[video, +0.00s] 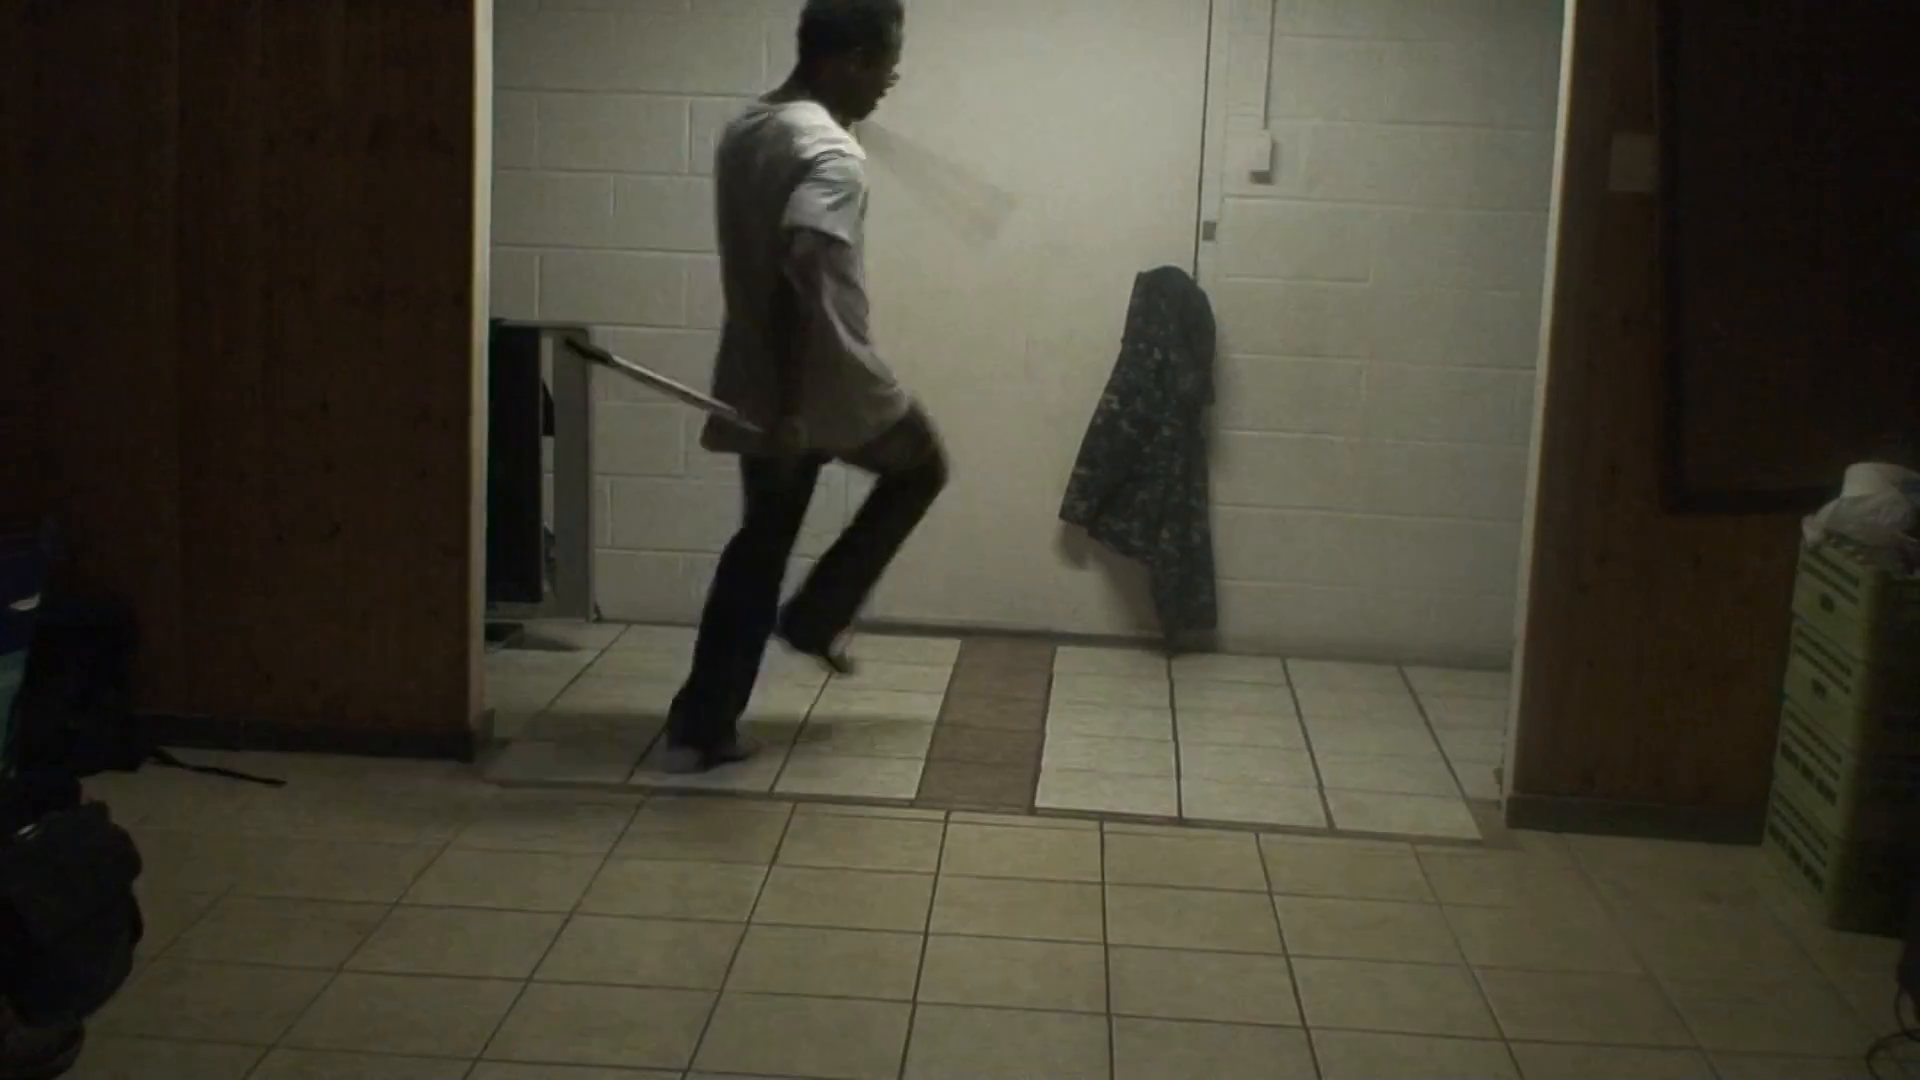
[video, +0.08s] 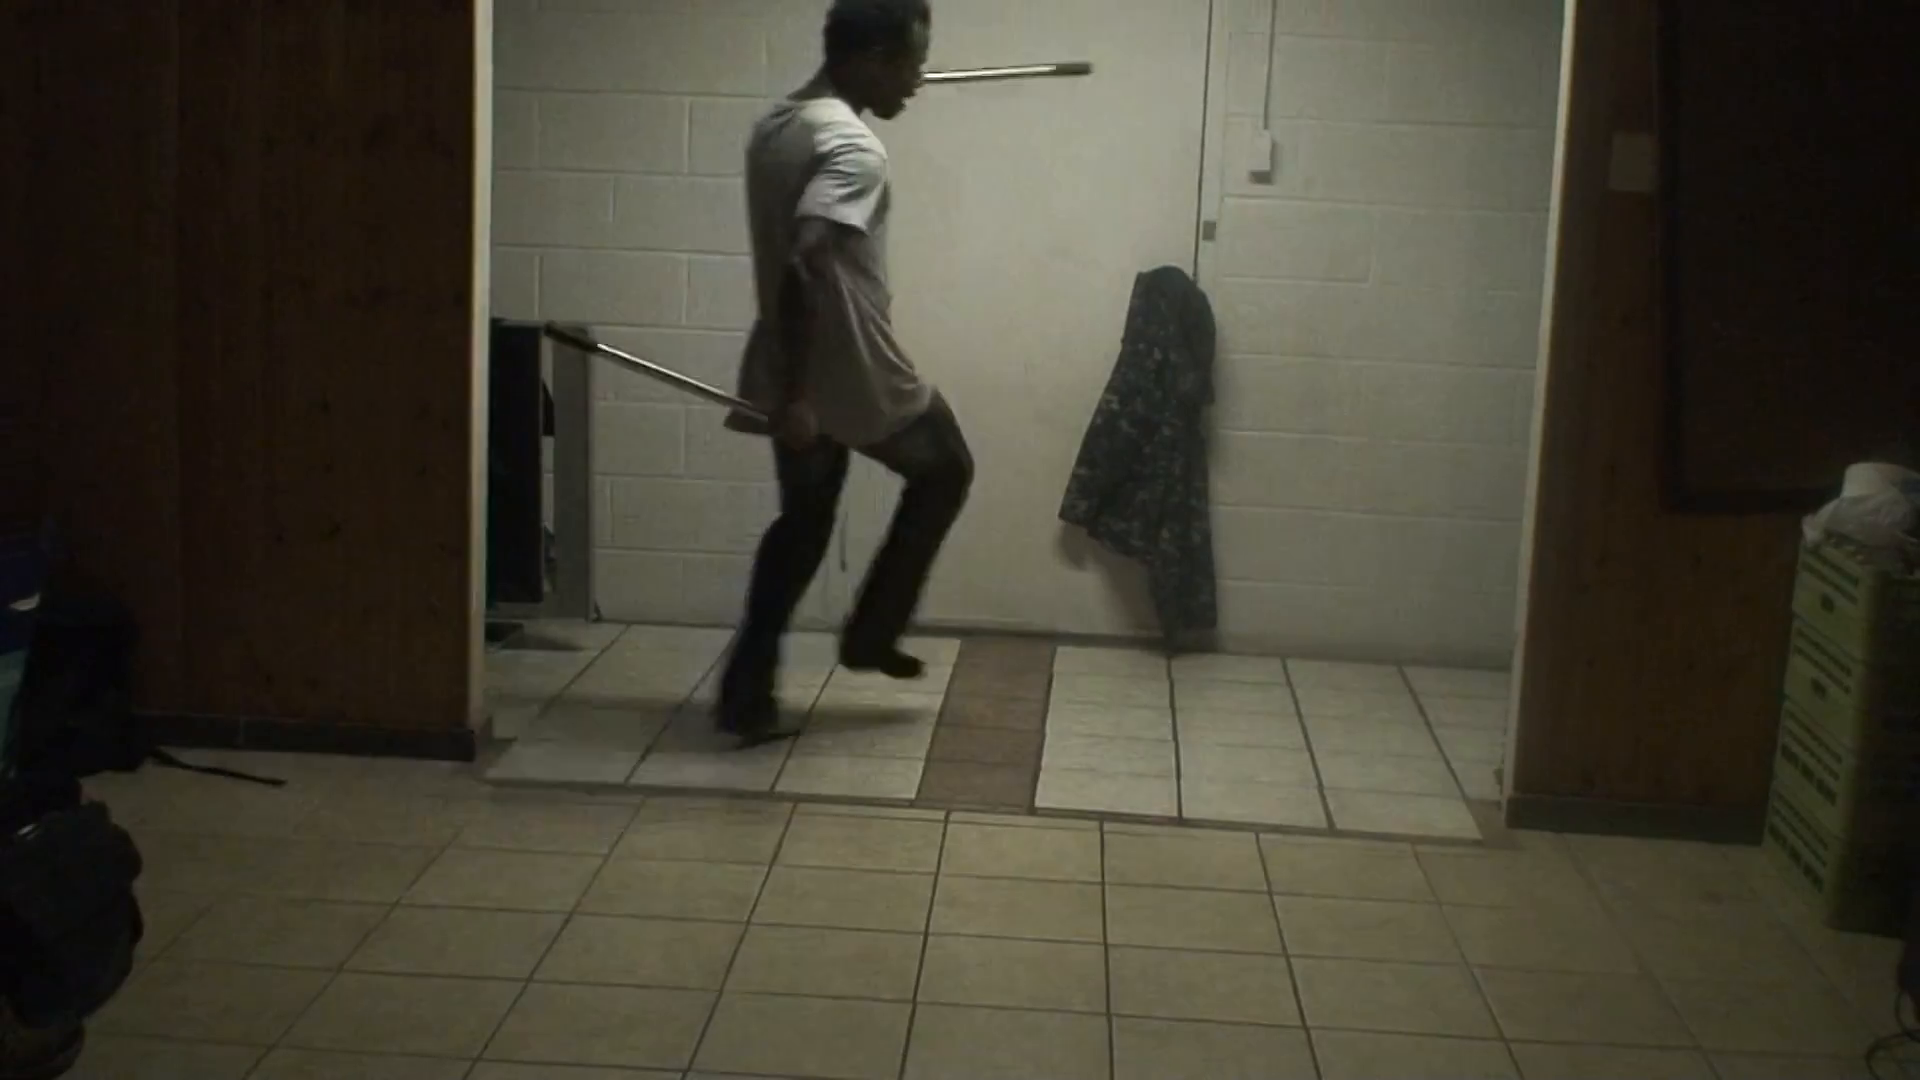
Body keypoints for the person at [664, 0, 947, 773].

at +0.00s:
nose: (889, 85)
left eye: (892, 68)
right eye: (885, 67)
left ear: (816, 56)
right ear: (846, 62)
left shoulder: (743, 133)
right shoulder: (830, 153)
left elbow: (748, 268)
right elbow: (804, 273)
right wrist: (821, 387)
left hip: (757, 380)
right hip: (821, 380)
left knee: (762, 539)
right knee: (920, 469)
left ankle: (704, 722)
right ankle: (817, 616)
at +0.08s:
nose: (918, 80)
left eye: (920, 64)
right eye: (913, 63)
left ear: (850, 53)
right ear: (871, 56)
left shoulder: (774, 128)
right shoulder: (852, 144)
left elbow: (777, 263)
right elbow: (808, 261)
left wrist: (770, 384)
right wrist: (800, 389)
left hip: (787, 367)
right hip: (851, 366)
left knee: (803, 521)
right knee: (946, 470)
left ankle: (745, 696)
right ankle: (873, 633)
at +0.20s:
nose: (955, 104)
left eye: (959, 87)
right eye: (946, 85)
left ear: (888, 80)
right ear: (899, 79)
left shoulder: (827, 148)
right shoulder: (886, 171)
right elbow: (840, 289)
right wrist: (841, 411)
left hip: (835, 397)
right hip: (898, 400)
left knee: (837, 535)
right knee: (957, 525)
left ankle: (770, 698)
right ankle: (922, 681)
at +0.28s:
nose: (990, 113)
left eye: (992, 97)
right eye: (981, 95)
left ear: (921, 89)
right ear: (932, 88)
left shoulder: (870, 156)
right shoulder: (909, 182)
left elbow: (912, 240)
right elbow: (869, 309)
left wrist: (986, 234)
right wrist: (905, 416)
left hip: (876, 407)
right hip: (925, 410)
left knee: (871, 536)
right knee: (971, 541)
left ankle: (776, 680)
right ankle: (923, 681)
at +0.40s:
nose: (1031, 117)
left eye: (1036, 102)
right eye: (1019, 101)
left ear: (980, 93)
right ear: (971, 89)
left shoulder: (959, 164)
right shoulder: (940, 179)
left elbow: (950, 297)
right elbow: (899, 298)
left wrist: (1013, 343)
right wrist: (983, 374)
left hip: (973, 407)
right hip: (958, 414)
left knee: (978, 529)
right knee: (985, 551)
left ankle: (859, 603)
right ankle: (924, 687)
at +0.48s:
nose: (1058, 115)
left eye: (1065, 100)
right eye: (1046, 99)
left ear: (1062, 87)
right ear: (998, 82)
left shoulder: (1002, 154)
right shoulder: (959, 167)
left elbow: (985, 268)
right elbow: (916, 281)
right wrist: (1031, 274)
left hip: (1038, 374)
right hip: (987, 396)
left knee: (1114, 461)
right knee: (998, 551)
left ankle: (986, 553)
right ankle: (921, 680)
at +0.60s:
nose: (1100, 102)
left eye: (1110, 85)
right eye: (1087, 83)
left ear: (1115, 76)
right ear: (1040, 69)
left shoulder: (1048, 140)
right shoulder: (995, 156)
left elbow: (1032, 260)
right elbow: (963, 272)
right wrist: (1042, 208)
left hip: (1085, 355)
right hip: (1026, 393)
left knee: (1185, 450)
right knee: (1058, 532)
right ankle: (1002, 676)